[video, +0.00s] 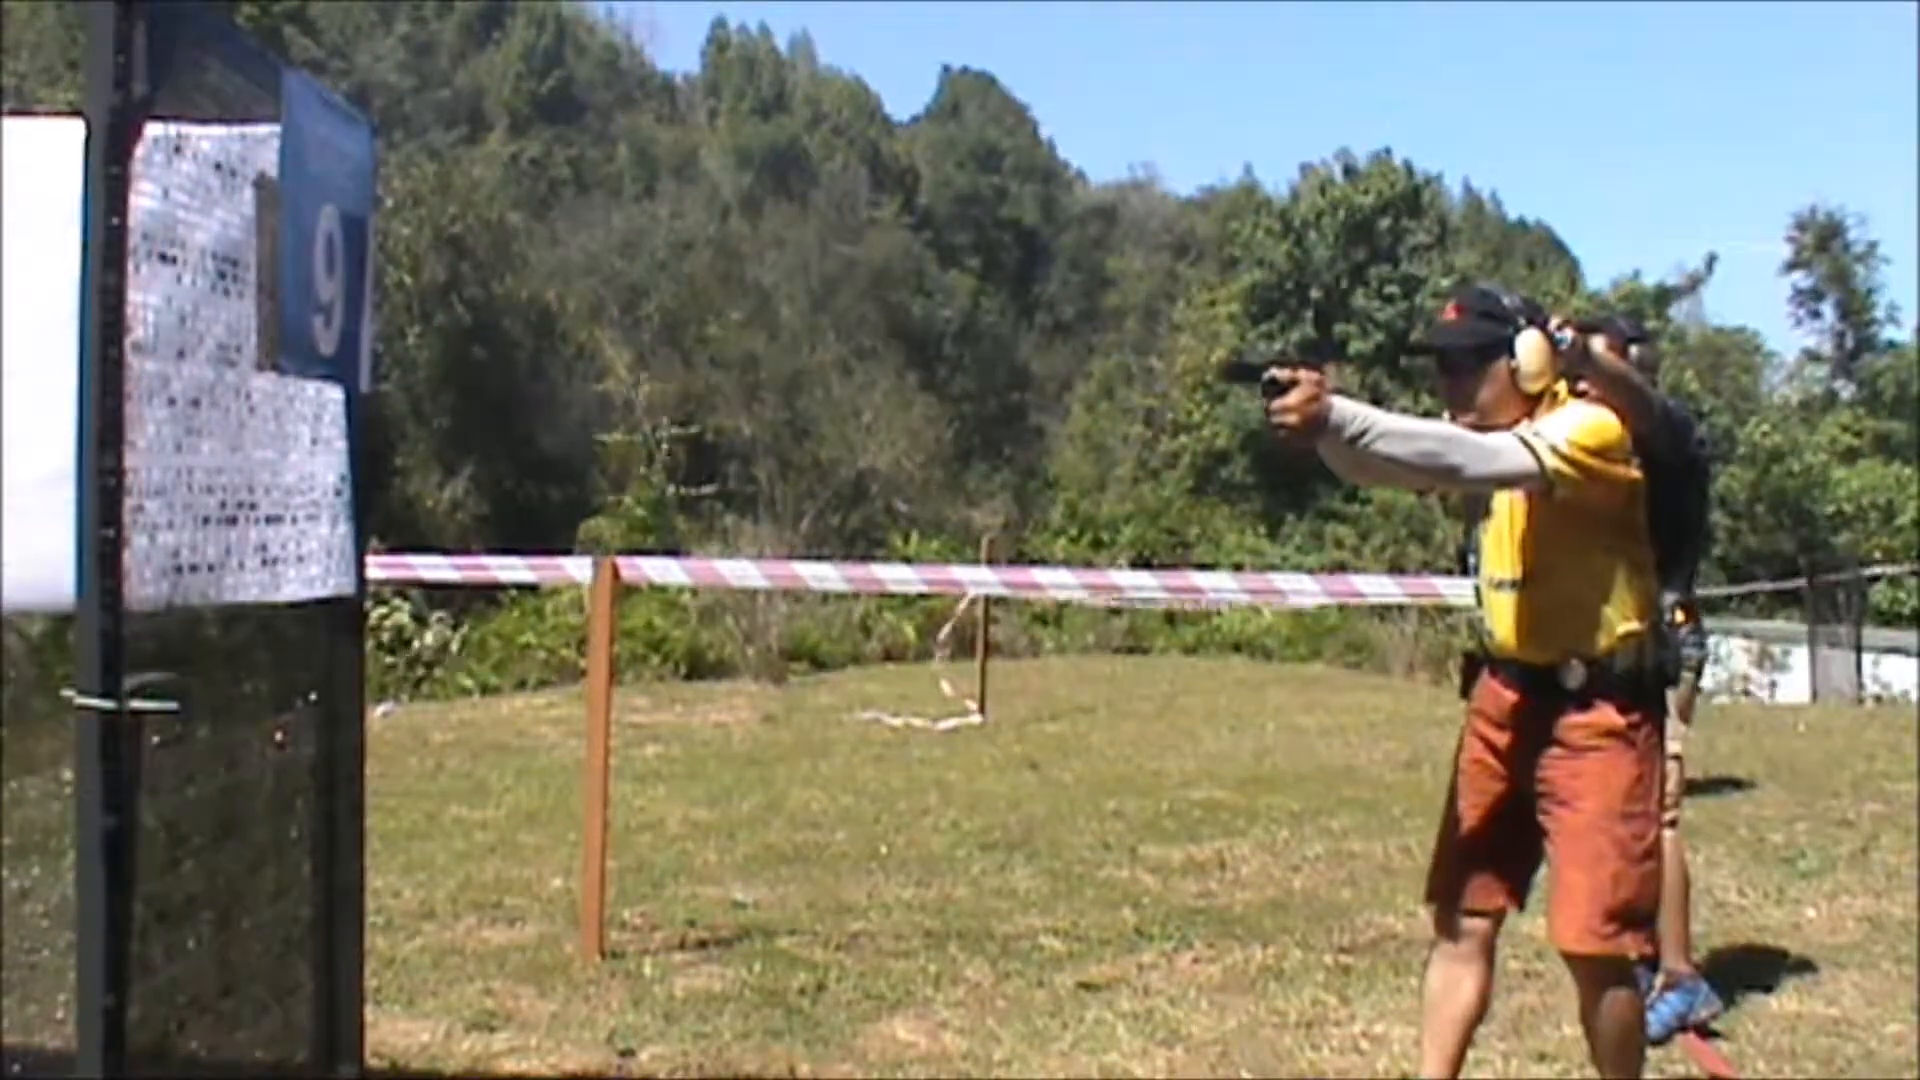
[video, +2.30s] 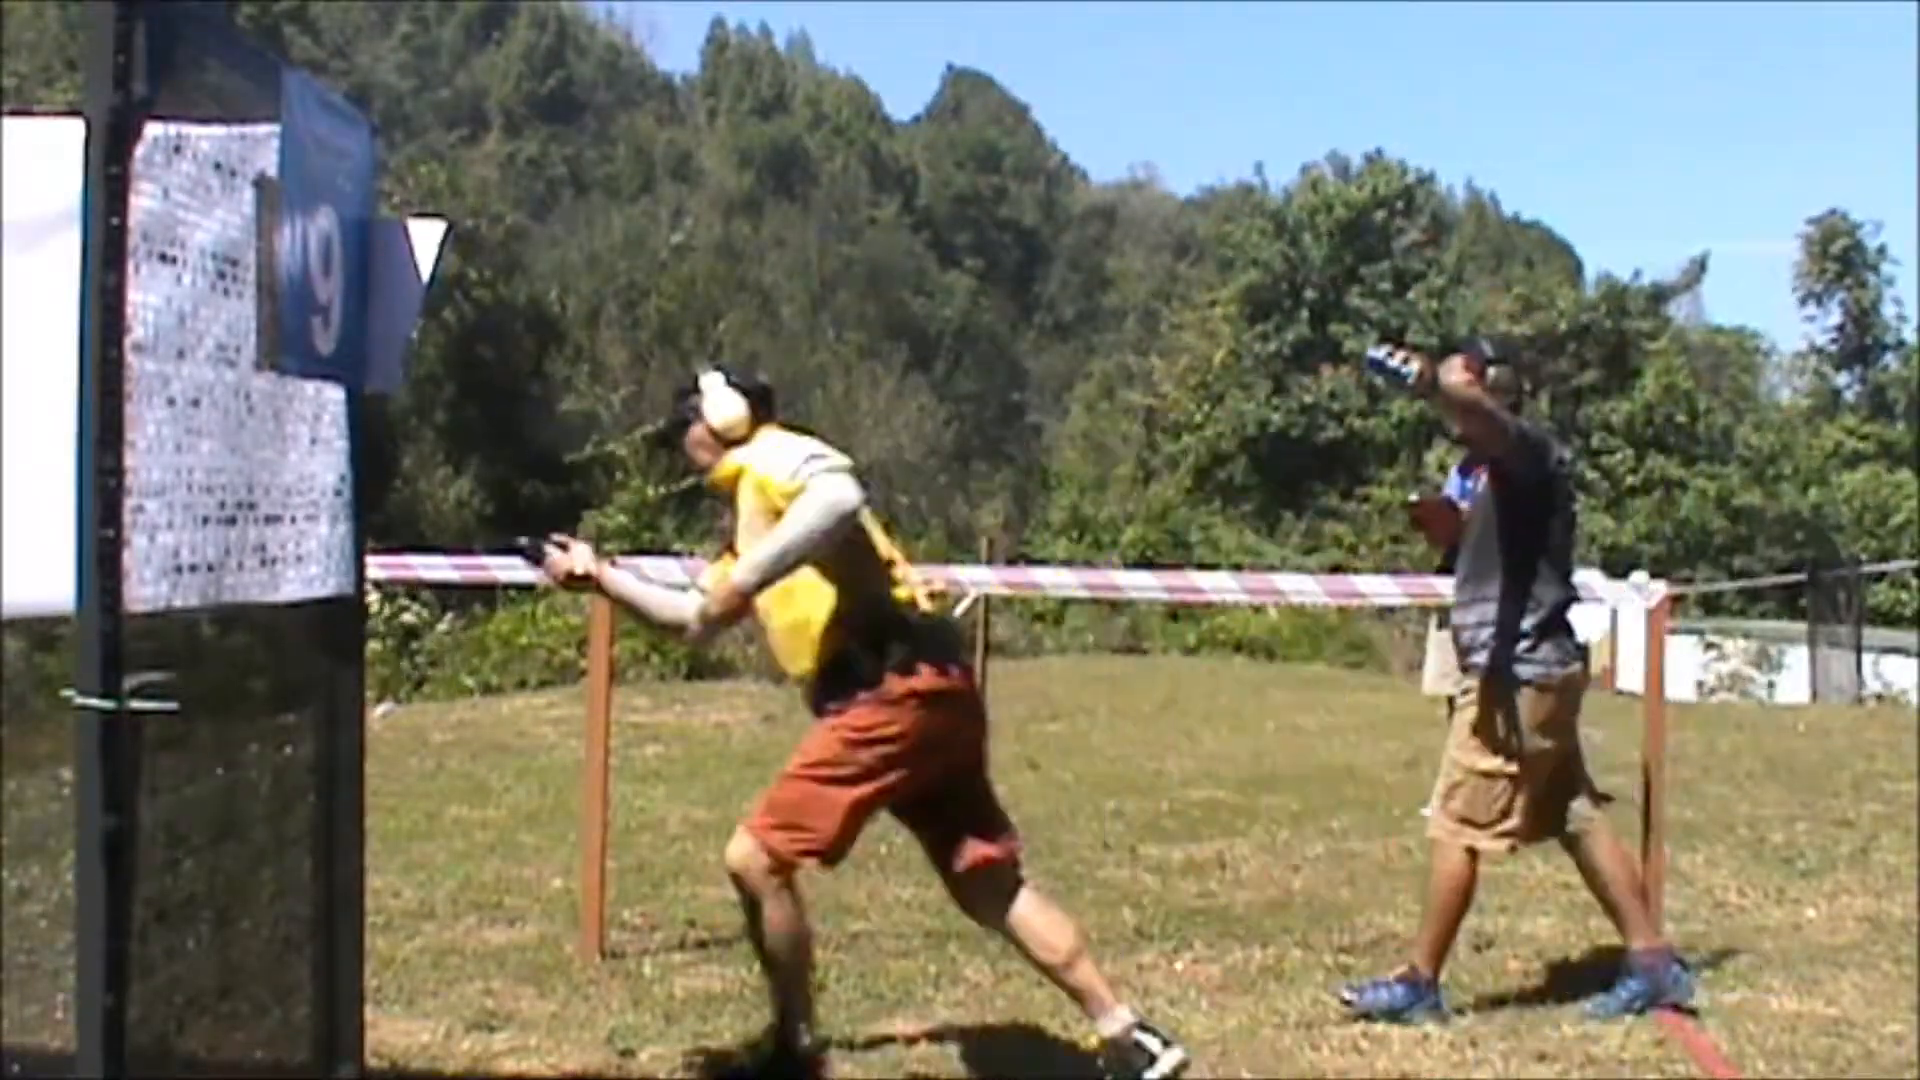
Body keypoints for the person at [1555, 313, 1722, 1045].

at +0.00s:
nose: (1601, 374)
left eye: (1616, 360)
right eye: (1596, 361)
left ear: (1639, 365)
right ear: (1586, 371)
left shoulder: (1671, 438)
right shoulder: (1578, 434)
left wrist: (1586, 356)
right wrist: (1556, 362)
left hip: (1661, 621)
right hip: (1599, 628)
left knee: (1658, 806)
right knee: (1615, 803)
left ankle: (1678, 971)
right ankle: (1642, 966)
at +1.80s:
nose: (1570, 393)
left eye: (1580, 377)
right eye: (1566, 381)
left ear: (1614, 371)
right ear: (1587, 378)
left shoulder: (1651, 438)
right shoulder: (1613, 450)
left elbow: (1614, 395)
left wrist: (1559, 351)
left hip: (1635, 658)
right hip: (1606, 655)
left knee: (1619, 819)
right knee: (1620, 819)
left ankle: (1674, 972)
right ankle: (1653, 964)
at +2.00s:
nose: (1538, 397)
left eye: (1549, 383)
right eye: (1536, 384)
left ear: (1582, 379)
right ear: (1554, 386)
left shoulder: (1618, 442)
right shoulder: (1603, 452)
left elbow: (1590, 402)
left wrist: (1532, 358)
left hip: (1605, 656)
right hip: (1624, 656)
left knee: (1550, 810)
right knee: (1628, 816)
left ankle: (1596, 969)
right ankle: (1658, 965)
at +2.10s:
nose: (1521, 404)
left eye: (1531, 389)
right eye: (1519, 392)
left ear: (1558, 384)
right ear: (1528, 396)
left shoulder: (1597, 447)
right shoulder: (1578, 459)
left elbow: (1565, 404)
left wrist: (1514, 364)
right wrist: (1495, 529)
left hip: (1585, 655)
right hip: (1608, 655)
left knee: (1530, 810)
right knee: (1617, 810)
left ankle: (1527, 975)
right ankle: (1657, 965)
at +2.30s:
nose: (1456, 385)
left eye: (1467, 376)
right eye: (1455, 376)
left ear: (1500, 386)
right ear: (1471, 393)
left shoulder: (1530, 452)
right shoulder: (1485, 465)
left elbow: (1475, 411)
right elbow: (1474, 556)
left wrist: (1437, 379)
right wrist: (1443, 529)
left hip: (1515, 672)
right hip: (1533, 669)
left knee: (1456, 826)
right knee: (1576, 815)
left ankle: (1420, 979)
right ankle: (1654, 963)